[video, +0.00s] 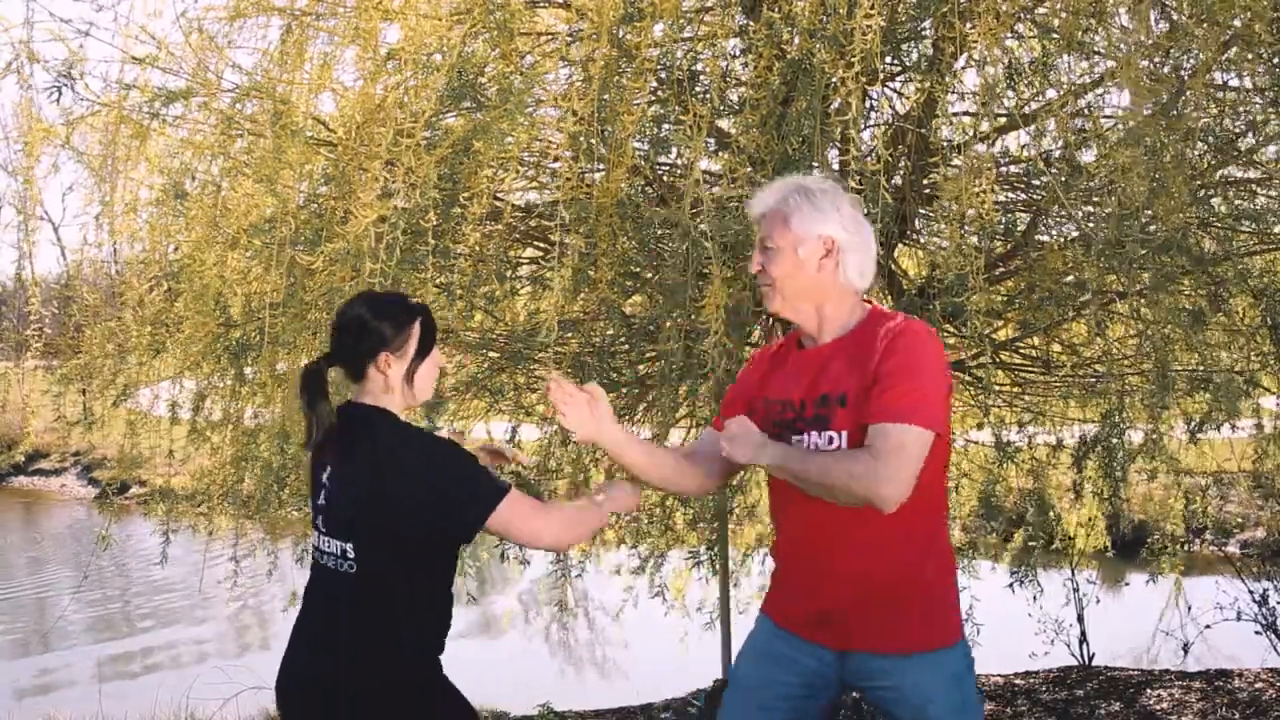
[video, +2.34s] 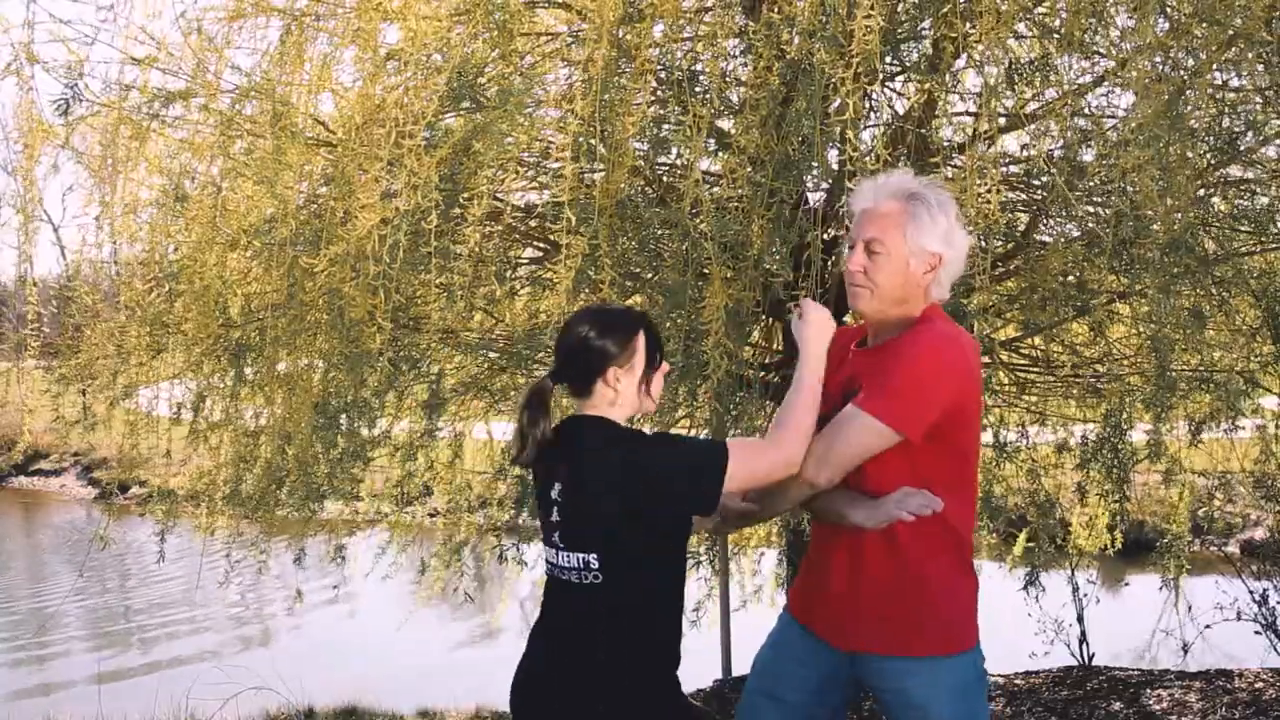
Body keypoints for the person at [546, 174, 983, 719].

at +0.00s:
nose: (753, 265)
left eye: (768, 249)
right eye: (757, 249)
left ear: (826, 254)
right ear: (819, 256)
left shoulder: (906, 345)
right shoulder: (769, 367)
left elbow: (886, 482)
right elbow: (698, 472)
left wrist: (767, 451)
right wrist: (611, 435)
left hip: (912, 644)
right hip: (791, 634)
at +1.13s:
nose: (764, 286)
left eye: (776, 268)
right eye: (764, 268)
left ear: (833, 264)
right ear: (829, 265)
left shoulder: (923, 342)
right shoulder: (778, 356)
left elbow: (864, 468)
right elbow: (705, 429)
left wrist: (767, 403)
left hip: (921, 638)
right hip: (797, 628)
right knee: (740, 710)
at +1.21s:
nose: (771, 293)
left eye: (782, 275)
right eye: (770, 275)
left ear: (840, 268)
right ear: (832, 271)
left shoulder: (935, 345)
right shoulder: (790, 358)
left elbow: (867, 463)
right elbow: (704, 465)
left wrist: (781, 380)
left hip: (929, 640)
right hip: (805, 630)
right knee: (748, 709)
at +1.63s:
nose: (829, 282)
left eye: (845, 268)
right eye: (830, 266)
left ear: (906, 273)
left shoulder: (960, 371)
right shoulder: (821, 356)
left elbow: (848, 479)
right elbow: (746, 467)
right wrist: (728, 559)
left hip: (940, 644)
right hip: (818, 631)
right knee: (760, 710)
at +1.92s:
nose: (843, 271)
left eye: (863, 258)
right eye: (846, 254)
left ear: (922, 274)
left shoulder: (945, 370)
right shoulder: (834, 349)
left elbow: (794, 434)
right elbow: (785, 444)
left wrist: (687, 413)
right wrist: (767, 502)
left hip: (926, 642)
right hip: (813, 627)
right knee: (759, 710)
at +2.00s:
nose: (845, 267)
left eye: (865, 254)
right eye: (846, 250)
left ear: (922, 270)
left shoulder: (933, 358)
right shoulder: (832, 347)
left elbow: (792, 449)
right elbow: (790, 451)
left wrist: (718, 462)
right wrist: (801, 489)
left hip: (920, 640)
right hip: (811, 627)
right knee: (758, 710)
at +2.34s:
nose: (850, 263)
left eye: (873, 250)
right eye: (851, 246)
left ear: (928, 265)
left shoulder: (942, 349)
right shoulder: (839, 344)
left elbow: (814, 469)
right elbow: (782, 464)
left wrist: (735, 505)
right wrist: (858, 510)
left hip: (922, 639)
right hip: (813, 626)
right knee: (758, 710)